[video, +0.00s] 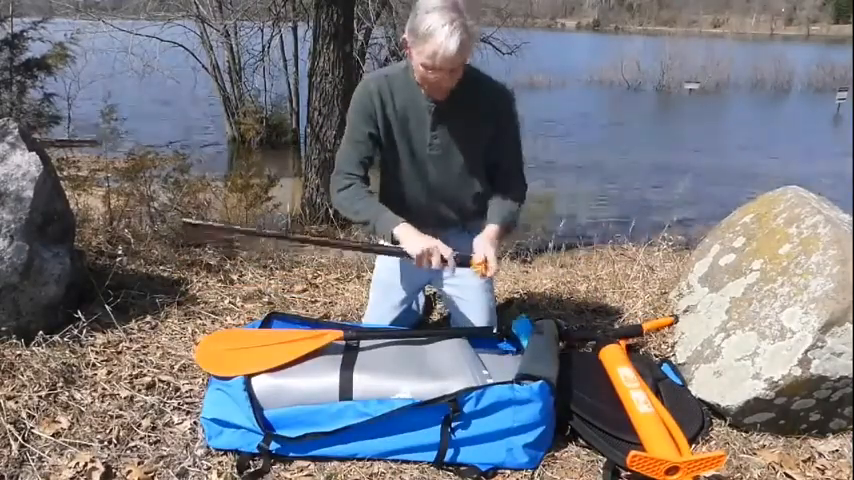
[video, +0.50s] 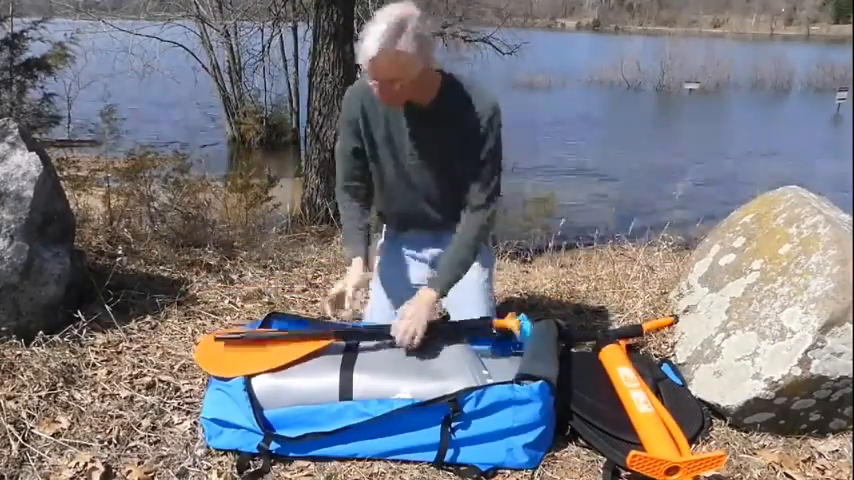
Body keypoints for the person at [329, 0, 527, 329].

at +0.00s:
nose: (442, 81)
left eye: (453, 70)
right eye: (430, 69)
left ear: (467, 57)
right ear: (408, 48)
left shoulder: (494, 99)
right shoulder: (376, 93)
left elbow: (510, 183)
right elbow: (345, 186)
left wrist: (489, 237)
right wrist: (404, 232)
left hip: (467, 242)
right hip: (399, 241)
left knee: (480, 352)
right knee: (376, 350)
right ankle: (419, 308)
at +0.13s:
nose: (443, 86)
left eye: (454, 75)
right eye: (431, 74)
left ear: (469, 59)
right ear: (408, 49)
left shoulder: (494, 102)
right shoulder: (376, 95)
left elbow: (515, 180)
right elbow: (344, 188)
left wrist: (504, 229)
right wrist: (398, 239)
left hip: (470, 240)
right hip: (401, 239)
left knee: (479, 348)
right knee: (377, 349)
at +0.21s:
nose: (443, 88)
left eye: (455, 76)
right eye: (430, 75)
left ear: (470, 59)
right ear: (407, 50)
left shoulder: (495, 104)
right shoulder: (377, 95)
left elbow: (514, 184)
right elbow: (345, 188)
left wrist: (501, 235)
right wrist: (402, 238)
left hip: (470, 239)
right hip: (401, 237)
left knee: (480, 345)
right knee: (377, 346)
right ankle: (418, 309)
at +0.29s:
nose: (437, 104)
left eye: (449, 93)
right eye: (425, 92)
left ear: (465, 66)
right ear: (404, 59)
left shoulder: (495, 102)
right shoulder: (377, 95)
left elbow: (518, 182)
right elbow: (334, 186)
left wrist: (536, 234)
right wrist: (375, 247)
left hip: (471, 240)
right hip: (403, 239)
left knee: (478, 352)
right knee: (375, 350)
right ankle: (419, 307)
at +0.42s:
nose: (407, 97)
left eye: (420, 87)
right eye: (399, 84)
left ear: (451, 75)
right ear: (390, 66)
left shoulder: (492, 102)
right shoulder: (375, 99)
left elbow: (509, 201)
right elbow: (336, 197)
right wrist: (364, 271)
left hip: (470, 243)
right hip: (401, 243)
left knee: (473, 357)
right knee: (381, 353)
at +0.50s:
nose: (380, 92)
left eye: (393, 83)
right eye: (374, 79)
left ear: (424, 66)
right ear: (366, 66)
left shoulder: (476, 110)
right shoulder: (359, 102)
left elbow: (480, 210)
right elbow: (351, 189)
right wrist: (358, 261)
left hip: (462, 244)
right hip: (397, 246)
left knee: (472, 359)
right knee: (378, 359)